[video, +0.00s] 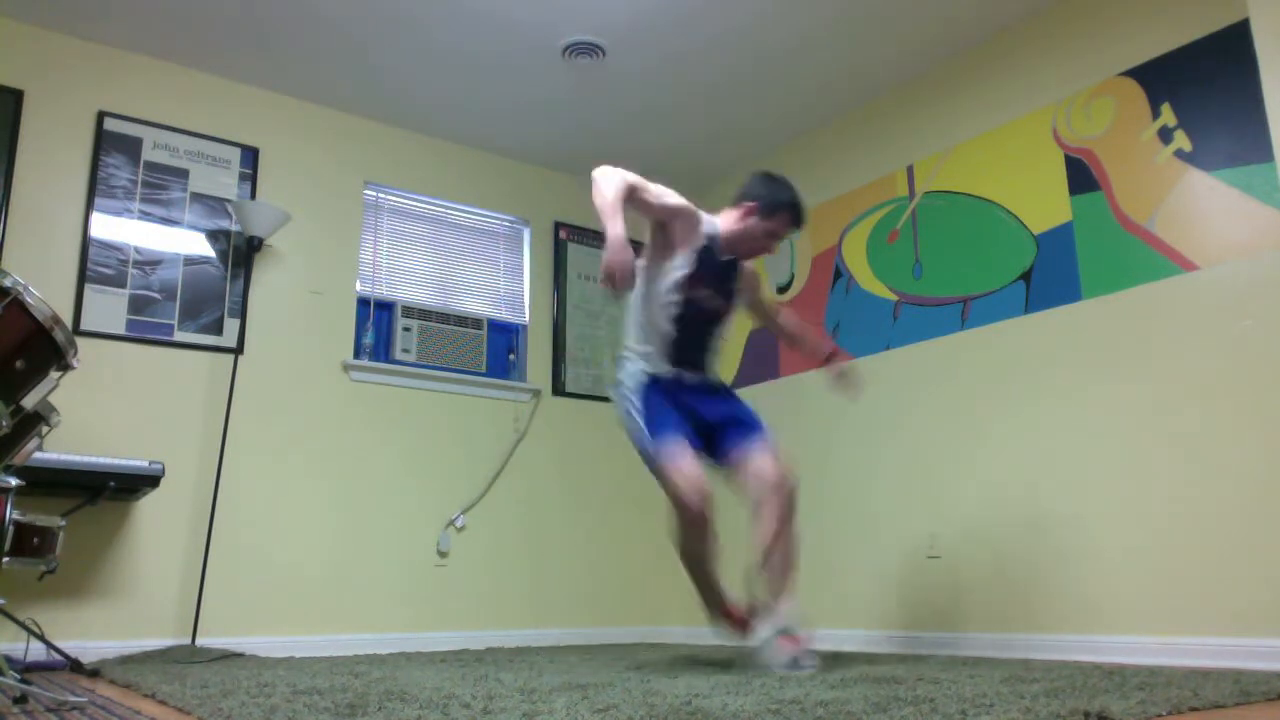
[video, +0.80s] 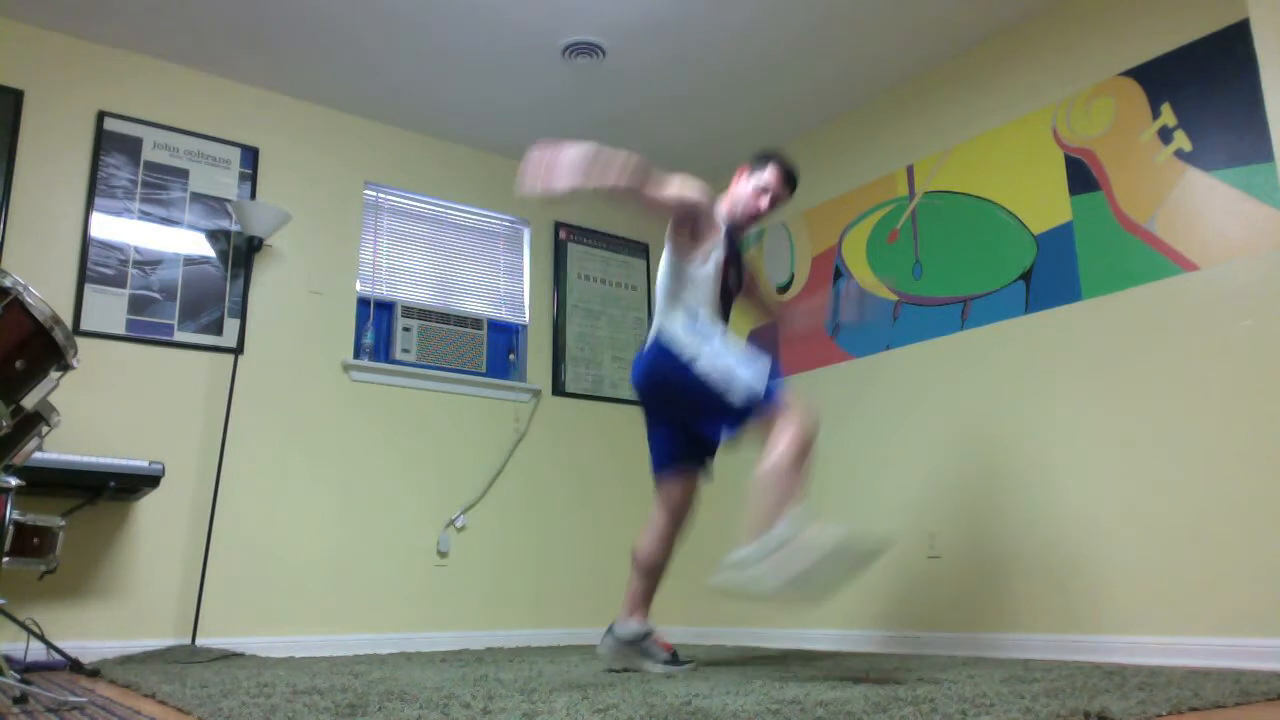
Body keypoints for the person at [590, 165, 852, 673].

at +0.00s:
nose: (769, 250)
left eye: (777, 243)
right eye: (770, 237)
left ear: (756, 225)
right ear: (745, 212)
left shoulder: (743, 272)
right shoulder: (683, 219)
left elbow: (775, 317)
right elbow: (608, 178)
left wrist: (829, 353)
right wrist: (616, 239)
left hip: (702, 388)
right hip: (649, 383)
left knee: (775, 481)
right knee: (693, 495)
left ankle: (772, 620)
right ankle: (718, 607)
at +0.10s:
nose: (788, 255)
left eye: (794, 248)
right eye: (789, 242)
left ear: (769, 228)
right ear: (763, 220)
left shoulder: (754, 297)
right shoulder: (699, 228)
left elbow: (742, 373)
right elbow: (611, 193)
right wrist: (622, 235)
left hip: (729, 405)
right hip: (670, 397)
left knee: (787, 504)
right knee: (712, 517)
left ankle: (761, 639)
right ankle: (762, 623)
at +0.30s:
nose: (774, 211)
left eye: (782, 207)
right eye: (775, 199)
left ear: (780, 204)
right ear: (756, 178)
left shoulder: (754, 235)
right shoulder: (688, 189)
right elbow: (688, 207)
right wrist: (741, 219)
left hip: (724, 368)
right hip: (671, 358)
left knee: (771, 480)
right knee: (709, 462)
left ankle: (775, 621)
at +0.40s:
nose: (770, 215)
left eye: (776, 208)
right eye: (771, 202)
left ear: (751, 185)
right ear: (745, 179)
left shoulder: (735, 225)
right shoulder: (686, 201)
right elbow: (743, 240)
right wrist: (824, 245)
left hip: (700, 371)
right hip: (662, 362)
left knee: (770, 476)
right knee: (707, 495)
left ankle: (777, 609)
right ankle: (655, 638)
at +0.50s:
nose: (783, 261)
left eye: (791, 255)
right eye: (786, 250)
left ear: (779, 233)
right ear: (771, 227)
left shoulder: (746, 255)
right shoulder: (704, 229)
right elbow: (726, 286)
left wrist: (811, 275)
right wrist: (815, 270)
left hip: (669, 383)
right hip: (634, 374)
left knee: (750, 469)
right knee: (684, 506)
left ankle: (746, 601)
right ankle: (654, 642)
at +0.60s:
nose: (800, 279)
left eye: (810, 271)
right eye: (805, 265)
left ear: (794, 245)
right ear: (789, 236)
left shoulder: (741, 284)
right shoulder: (718, 230)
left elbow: (693, 356)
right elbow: (664, 279)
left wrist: (722, 399)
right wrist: (714, 318)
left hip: (666, 379)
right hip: (635, 363)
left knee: (728, 488)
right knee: (672, 502)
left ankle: (672, 611)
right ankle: (650, 640)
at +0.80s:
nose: (763, 205)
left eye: (773, 201)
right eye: (762, 189)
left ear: (774, 210)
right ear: (739, 177)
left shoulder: (737, 260)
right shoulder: (700, 209)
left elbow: (773, 311)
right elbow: (652, 188)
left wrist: (777, 322)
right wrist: (596, 170)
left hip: (671, 371)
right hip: (679, 351)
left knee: (674, 498)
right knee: (794, 417)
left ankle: (629, 629)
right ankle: (766, 538)